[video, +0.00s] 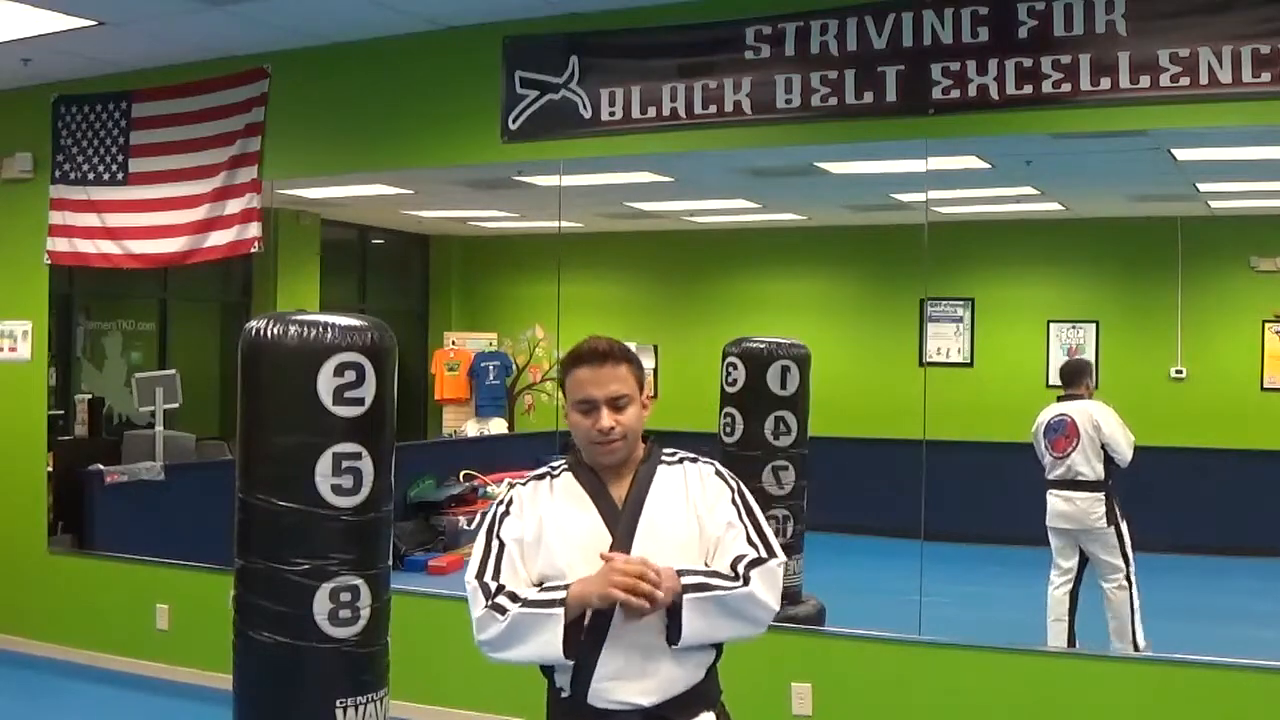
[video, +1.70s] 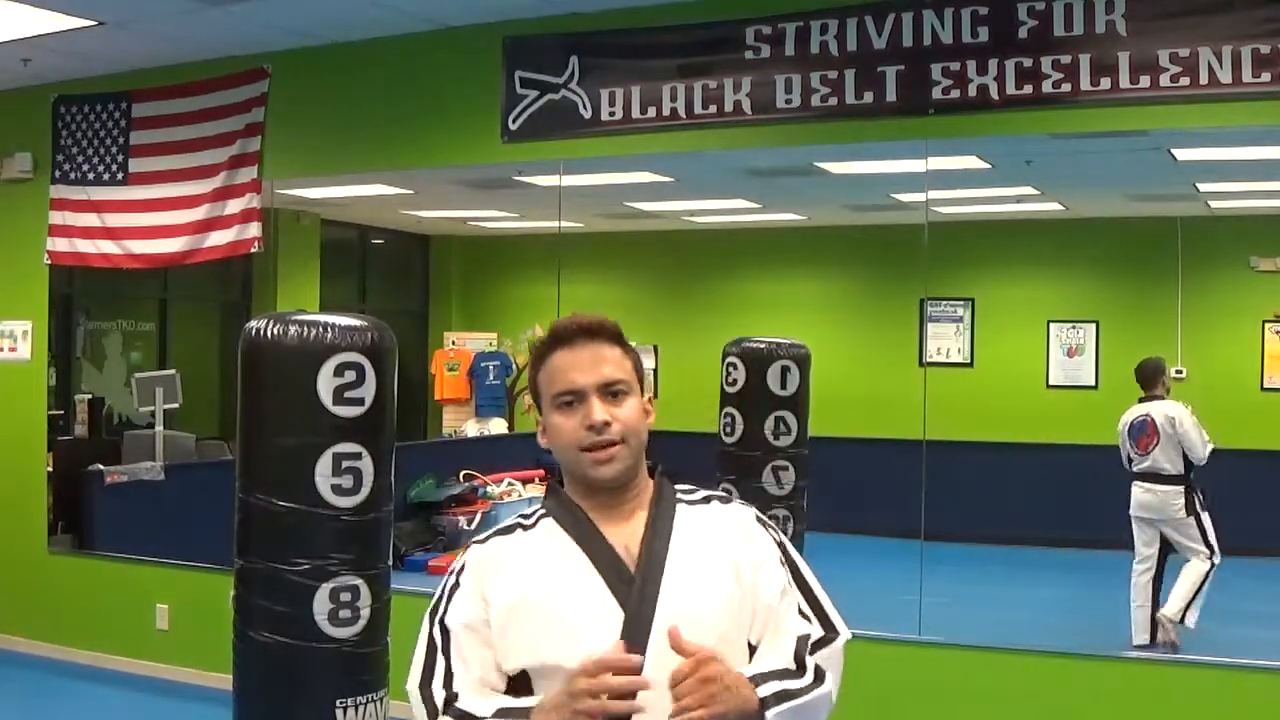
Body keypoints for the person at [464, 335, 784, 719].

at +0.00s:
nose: (605, 423)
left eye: (618, 404)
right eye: (587, 408)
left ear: (646, 401)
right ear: (566, 412)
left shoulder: (706, 484)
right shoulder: (525, 502)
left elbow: (762, 592)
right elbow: (493, 620)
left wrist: (675, 588)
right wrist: (583, 593)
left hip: (688, 706)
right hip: (578, 708)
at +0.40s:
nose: (671, 425)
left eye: (690, 408)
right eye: (654, 406)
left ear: (714, 413)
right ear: (629, 405)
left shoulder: (760, 507)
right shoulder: (566, 495)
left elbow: (796, 636)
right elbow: (510, 611)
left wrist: (693, 609)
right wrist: (607, 597)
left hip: (708, 711)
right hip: (590, 710)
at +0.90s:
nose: (710, 434)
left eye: (732, 414)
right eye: (694, 414)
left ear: (770, 417)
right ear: (676, 415)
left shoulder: (822, 518)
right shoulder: (623, 501)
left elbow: (852, 670)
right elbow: (557, 619)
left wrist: (720, 645)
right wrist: (627, 641)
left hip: (762, 717)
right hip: (637, 715)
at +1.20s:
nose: (696, 431)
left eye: (716, 408)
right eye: (675, 413)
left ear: (751, 411)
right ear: (652, 421)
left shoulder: (818, 531)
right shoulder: (593, 525)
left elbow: (863, 681)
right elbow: (529, 652)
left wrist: (748, 675)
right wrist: (591, 672)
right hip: (619, 719)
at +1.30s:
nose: (681, 424)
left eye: (697, 400)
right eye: (656, 409)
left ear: (729, 409)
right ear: (632, 429)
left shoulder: (805, 537)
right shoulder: (569, 539)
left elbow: (866, 679)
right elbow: (500, 678)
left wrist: (776, 681)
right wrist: (547, 667)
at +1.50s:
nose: (627, 415)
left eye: (642, 391)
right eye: (601, 402)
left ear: (677, 406)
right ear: (578, 428)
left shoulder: (766, 531)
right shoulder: (522, 553)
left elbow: (841, 659)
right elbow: (452, 699)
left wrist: (794, 678)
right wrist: (487, 703)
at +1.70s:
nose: (597, 418)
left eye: (614, 393)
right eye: (569, 402)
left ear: (648, 408)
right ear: (543, 429)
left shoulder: (739, 533)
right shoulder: (491, 564)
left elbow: (818, 661)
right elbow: (444, 703)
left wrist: (753, 695)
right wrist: (548, 709)